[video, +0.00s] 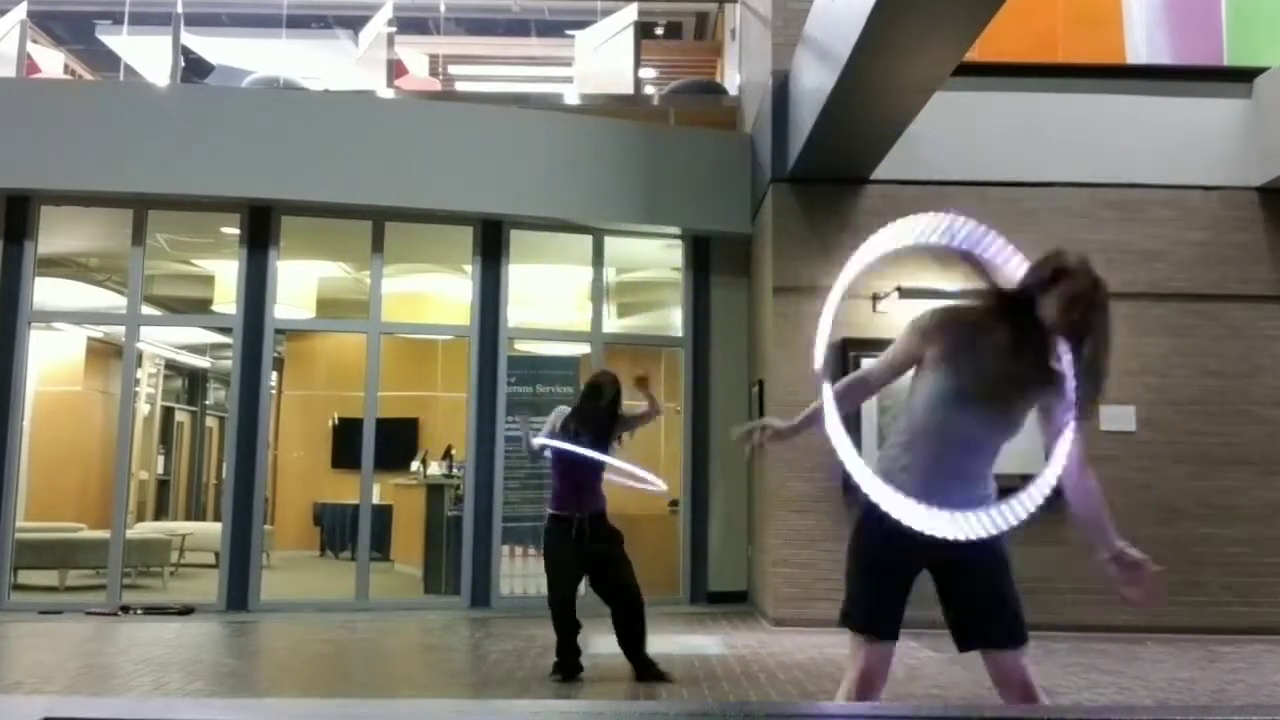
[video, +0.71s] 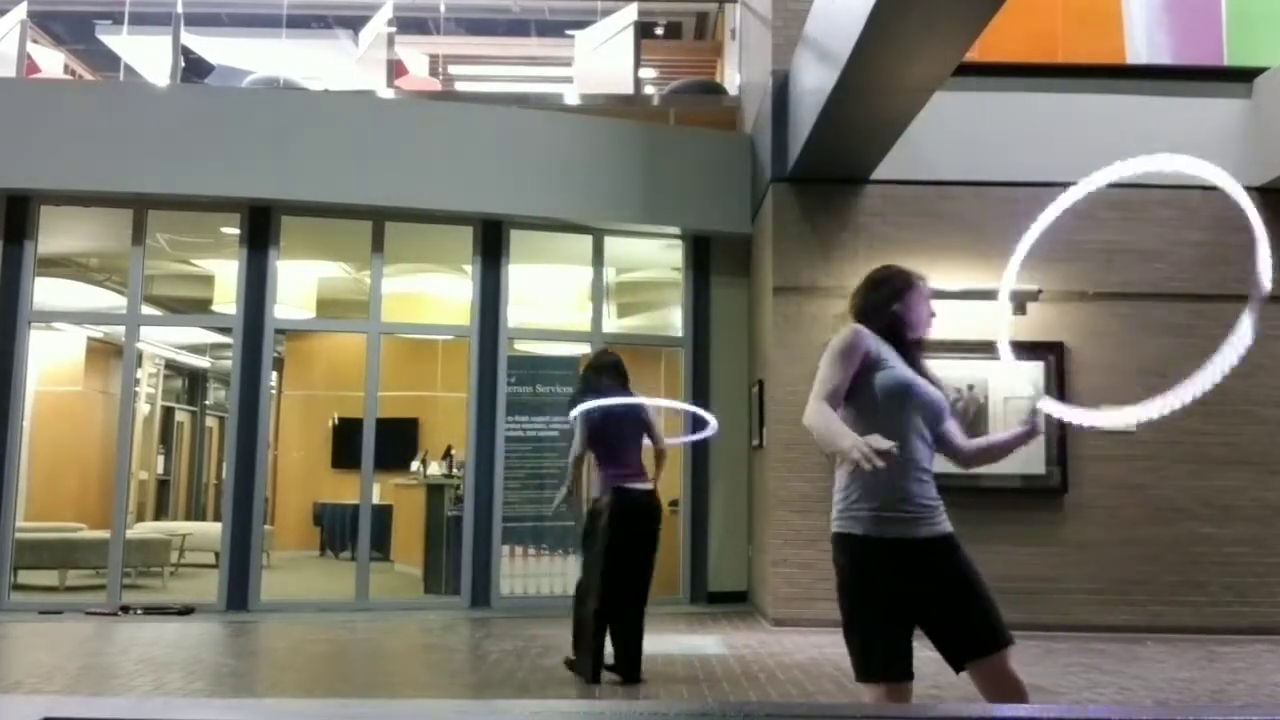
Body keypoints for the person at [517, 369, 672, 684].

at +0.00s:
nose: (603, 404)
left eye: (609, 399)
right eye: (600, 396)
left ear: (614, 402)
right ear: (590, 395)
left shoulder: (610, 424)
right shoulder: (562, 417)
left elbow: (653, 413)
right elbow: (538, 449)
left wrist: (645, 391)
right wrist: (530, 439)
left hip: (596, 524)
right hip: (561, 524)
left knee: (626, 596)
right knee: (561, 601)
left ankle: (640, 662)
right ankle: (568, 663)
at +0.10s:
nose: (621, 404)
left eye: (622, 399)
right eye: (617, 398)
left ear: (621, 401)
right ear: (603, 396)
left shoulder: (615, 420)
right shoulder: (565, 416)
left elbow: (657, 408)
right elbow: (542, 451)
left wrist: (659, 390)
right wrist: (551, 464)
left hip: (599, 521)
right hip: (567, 520)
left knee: (626, 590)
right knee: (568, 597)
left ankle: (610, 664)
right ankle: (565, 662)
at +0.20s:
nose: (628, 396)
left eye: (629, 391)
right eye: (624, 391)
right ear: (608, 393)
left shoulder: (620, 425)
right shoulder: (574, 419)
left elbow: (645, 410)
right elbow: (557, 464)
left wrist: (639, 410)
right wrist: (575, 496)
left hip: (602, 521)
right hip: (576, 520)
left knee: (625, 590)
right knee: (591, 594)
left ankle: (595, 666)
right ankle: (555, 654)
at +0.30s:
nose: (633, 401)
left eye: (633, 394)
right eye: (628, 394)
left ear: (604, 393)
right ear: (614, 395)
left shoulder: (613, 427)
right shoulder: (588, 423)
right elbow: (578, 477)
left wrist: (632, 430)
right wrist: (609, 511)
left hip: (604, 518)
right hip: (585, 518)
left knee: (626, 592)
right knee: (608, 594)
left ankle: (598, 667)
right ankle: (556, 642)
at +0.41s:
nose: (635, 396)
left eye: (634, 389)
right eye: (632, 389)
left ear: (599, 387)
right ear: (623, 390)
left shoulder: (588, 417)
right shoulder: (609, 416)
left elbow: (589, 471)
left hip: (584, 517)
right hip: (601, 517)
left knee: (607, 592)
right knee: (638, 587)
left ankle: (598, 663)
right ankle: (597, 656)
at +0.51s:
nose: (632, 390)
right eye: (630, 385)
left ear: (594, 384)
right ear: (625, 385)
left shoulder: (579, 414)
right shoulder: (624, 406)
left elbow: (575, 464)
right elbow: (627, 452)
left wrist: (582, 499)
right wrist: (650, 484)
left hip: (585, 516)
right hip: (617, 516)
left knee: (598, 592)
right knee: (637, 588)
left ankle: (594, 667)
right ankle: (634, 663)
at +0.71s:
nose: (586, 383)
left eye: (587, 377)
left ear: (590, 378)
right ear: (622, 376)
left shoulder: (587, 410)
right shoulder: (637, 405)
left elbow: (578, 455)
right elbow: (660, 446)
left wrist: (571, 490)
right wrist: (655, 482)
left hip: (610, 504)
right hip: (645, 503)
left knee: (596, 582)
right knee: (634, 585)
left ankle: (589, 661)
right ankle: (630, 665)